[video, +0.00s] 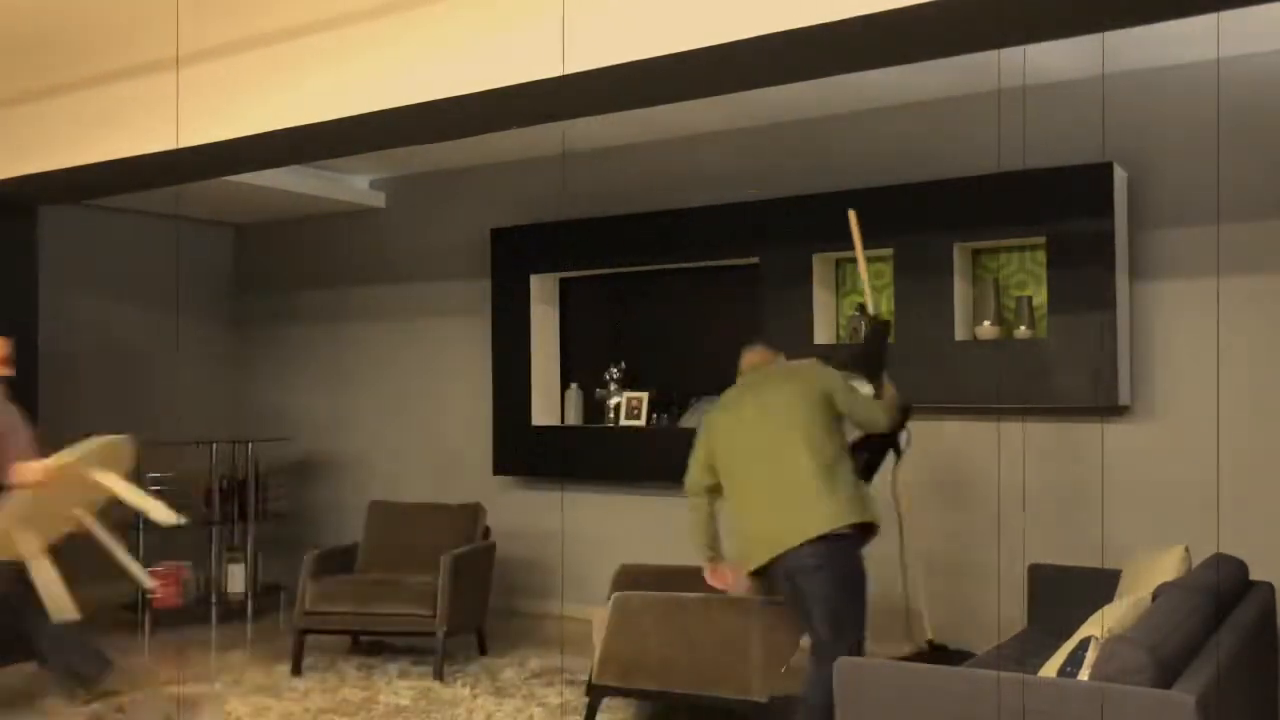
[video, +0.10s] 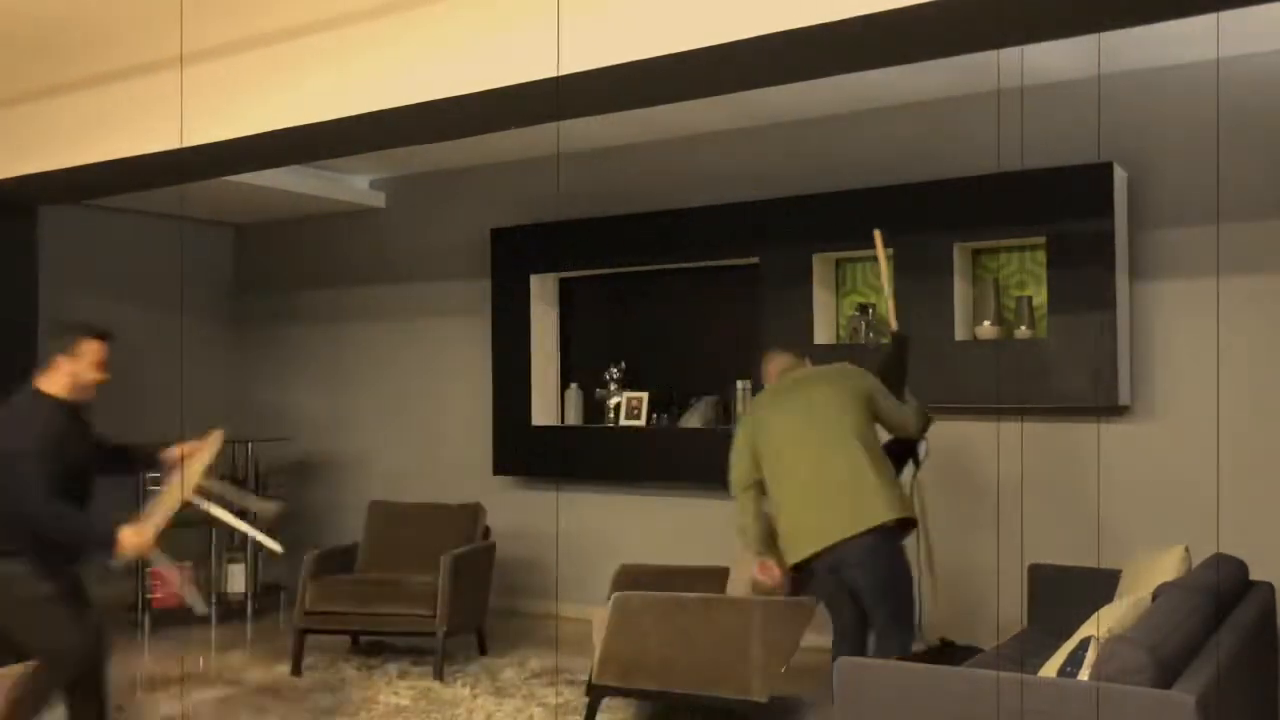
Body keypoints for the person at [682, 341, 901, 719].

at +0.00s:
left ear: (739, 374)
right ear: (780, 359)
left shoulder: (717, 415)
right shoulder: (812, 373)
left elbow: (697, 487)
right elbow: (880, 420)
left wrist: (709, 557)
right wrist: (889, 397)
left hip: (765, 549)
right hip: (827, 531)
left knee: (828, 650)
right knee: (837, 654)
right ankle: (814, 716)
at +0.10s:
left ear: (766, 381)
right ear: (807, 363)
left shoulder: (752, 418)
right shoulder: (846, 375)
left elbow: (744, 487)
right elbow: (911, 425)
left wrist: (761, 551)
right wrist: (906, 397)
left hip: (808, 543)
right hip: (869, 525)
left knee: (847, 630)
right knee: (893, 626)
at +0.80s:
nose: (860, 392)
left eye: (859, 383)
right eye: (856, 386)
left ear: (874, 369)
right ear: (882, 365)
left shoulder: (893, 389)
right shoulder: (928, 389)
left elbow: (895, 451)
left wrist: (877, 509)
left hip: (941, 514)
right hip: (982, 510)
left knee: (907, 603)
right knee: (954, 595)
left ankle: (926, 689)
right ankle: (984, 678)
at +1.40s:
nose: (878, 380)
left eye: (873, 374)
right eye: (874, 375)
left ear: (876, 365)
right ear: (896, 350)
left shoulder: (911, 382)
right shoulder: (936, 376)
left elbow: (917, 451)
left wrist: (906, 512)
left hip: (954, 515)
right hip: (983, 509)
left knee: (920, 603)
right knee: (961, 598)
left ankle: (933, 693)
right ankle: (991, 679)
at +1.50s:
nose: (868, 377)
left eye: (869, 366)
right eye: (865, 369)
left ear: (888, 353)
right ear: (894, 352)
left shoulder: (912, 381)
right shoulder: (933, 376)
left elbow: (918, 451)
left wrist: (907, 512)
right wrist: (906, 502)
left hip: (954, 514)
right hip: (982, 509)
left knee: (918, 602)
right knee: (959, 598)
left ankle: (933, 692)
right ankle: (991, 677)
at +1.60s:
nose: (867, 369)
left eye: (870, 359)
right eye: (866, 361)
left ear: (895, 351)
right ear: (899, 351)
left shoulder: (913, 380)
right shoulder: (935, 377)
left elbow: (921, 448)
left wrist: (907, 510)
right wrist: (907, 502)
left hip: (954, 515)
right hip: (982, 511)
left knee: (916, 603)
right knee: (958, 598)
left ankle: (931, 693)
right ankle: (991, 678)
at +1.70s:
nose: (870, 364)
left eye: (874, 354)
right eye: (868, 356)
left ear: (901, 349)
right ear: (903, 352)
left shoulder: (917, 382)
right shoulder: (929, 379)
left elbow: (925, 449)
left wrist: (905, 508)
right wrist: (914, 512)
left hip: (958, 515)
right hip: (978, 513)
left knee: (918, 603)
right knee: (953, 600)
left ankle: (932, 693)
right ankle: (990, 678)